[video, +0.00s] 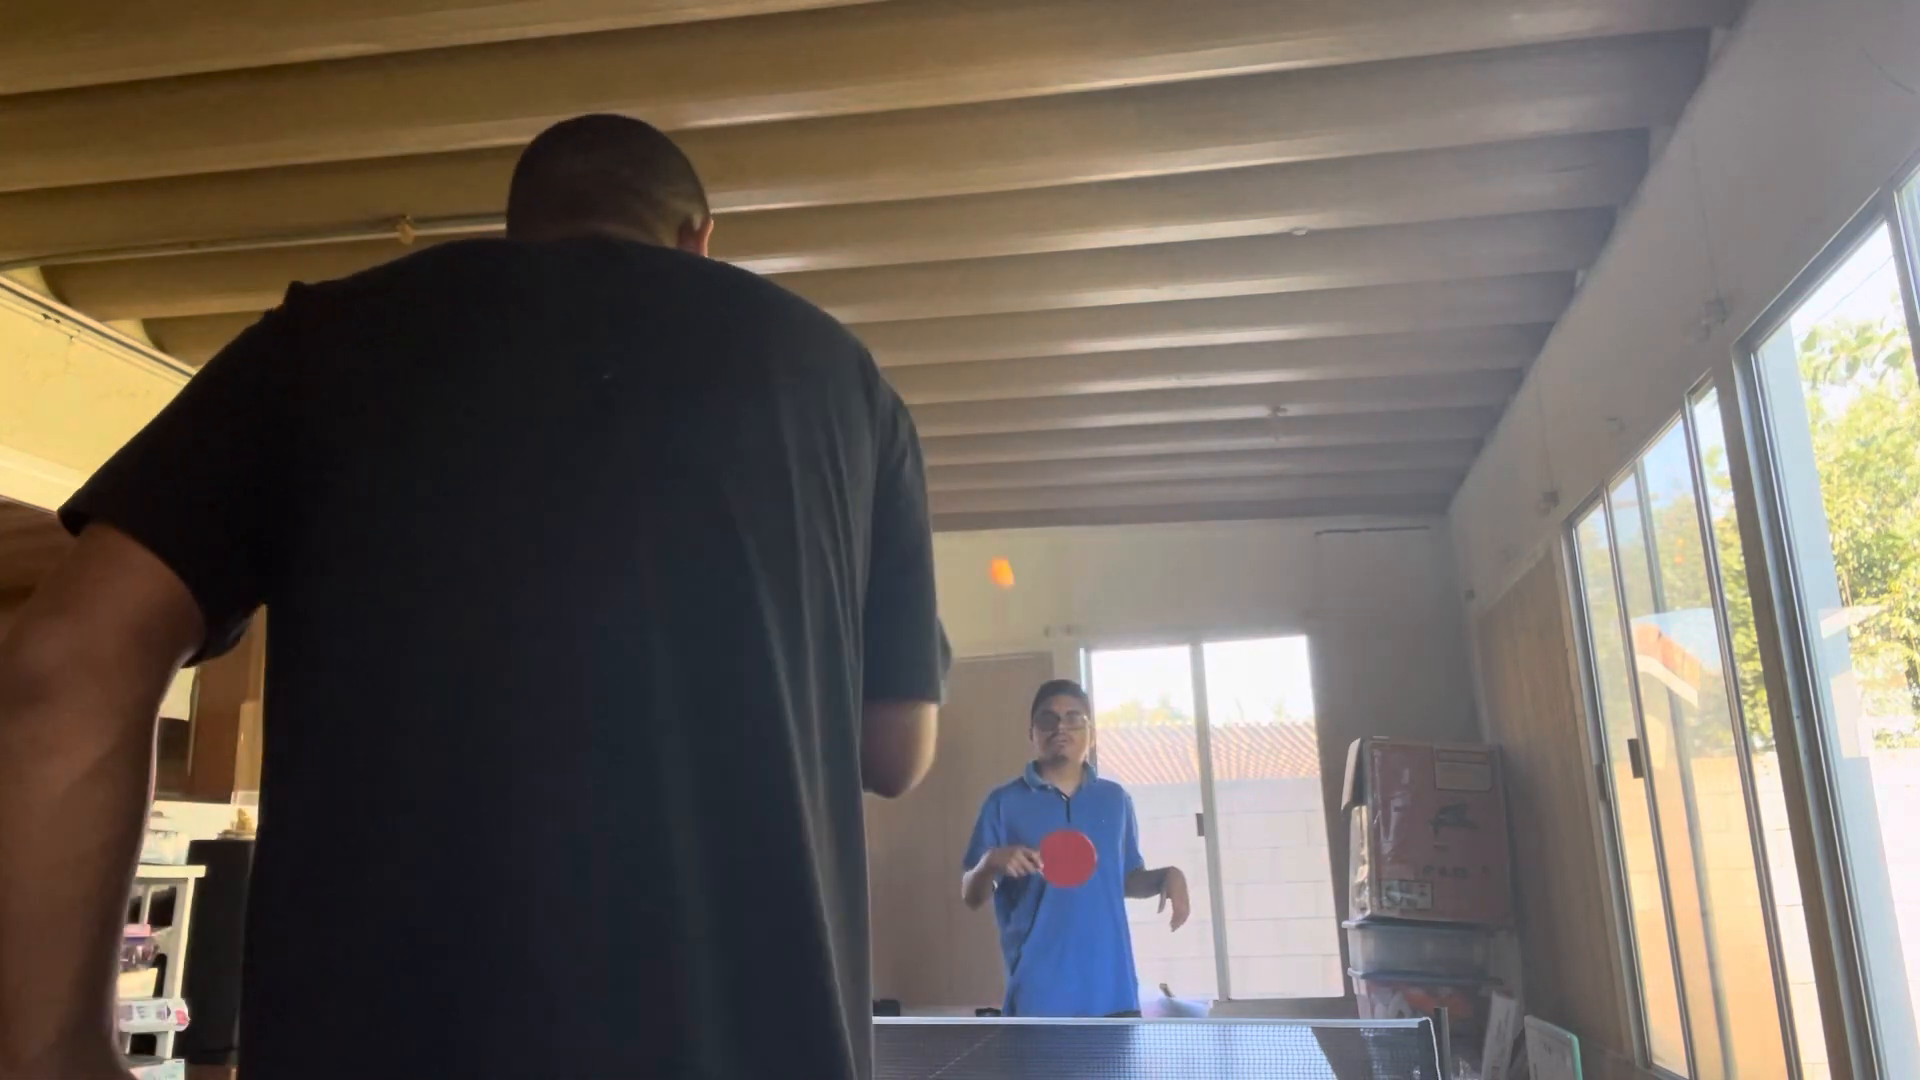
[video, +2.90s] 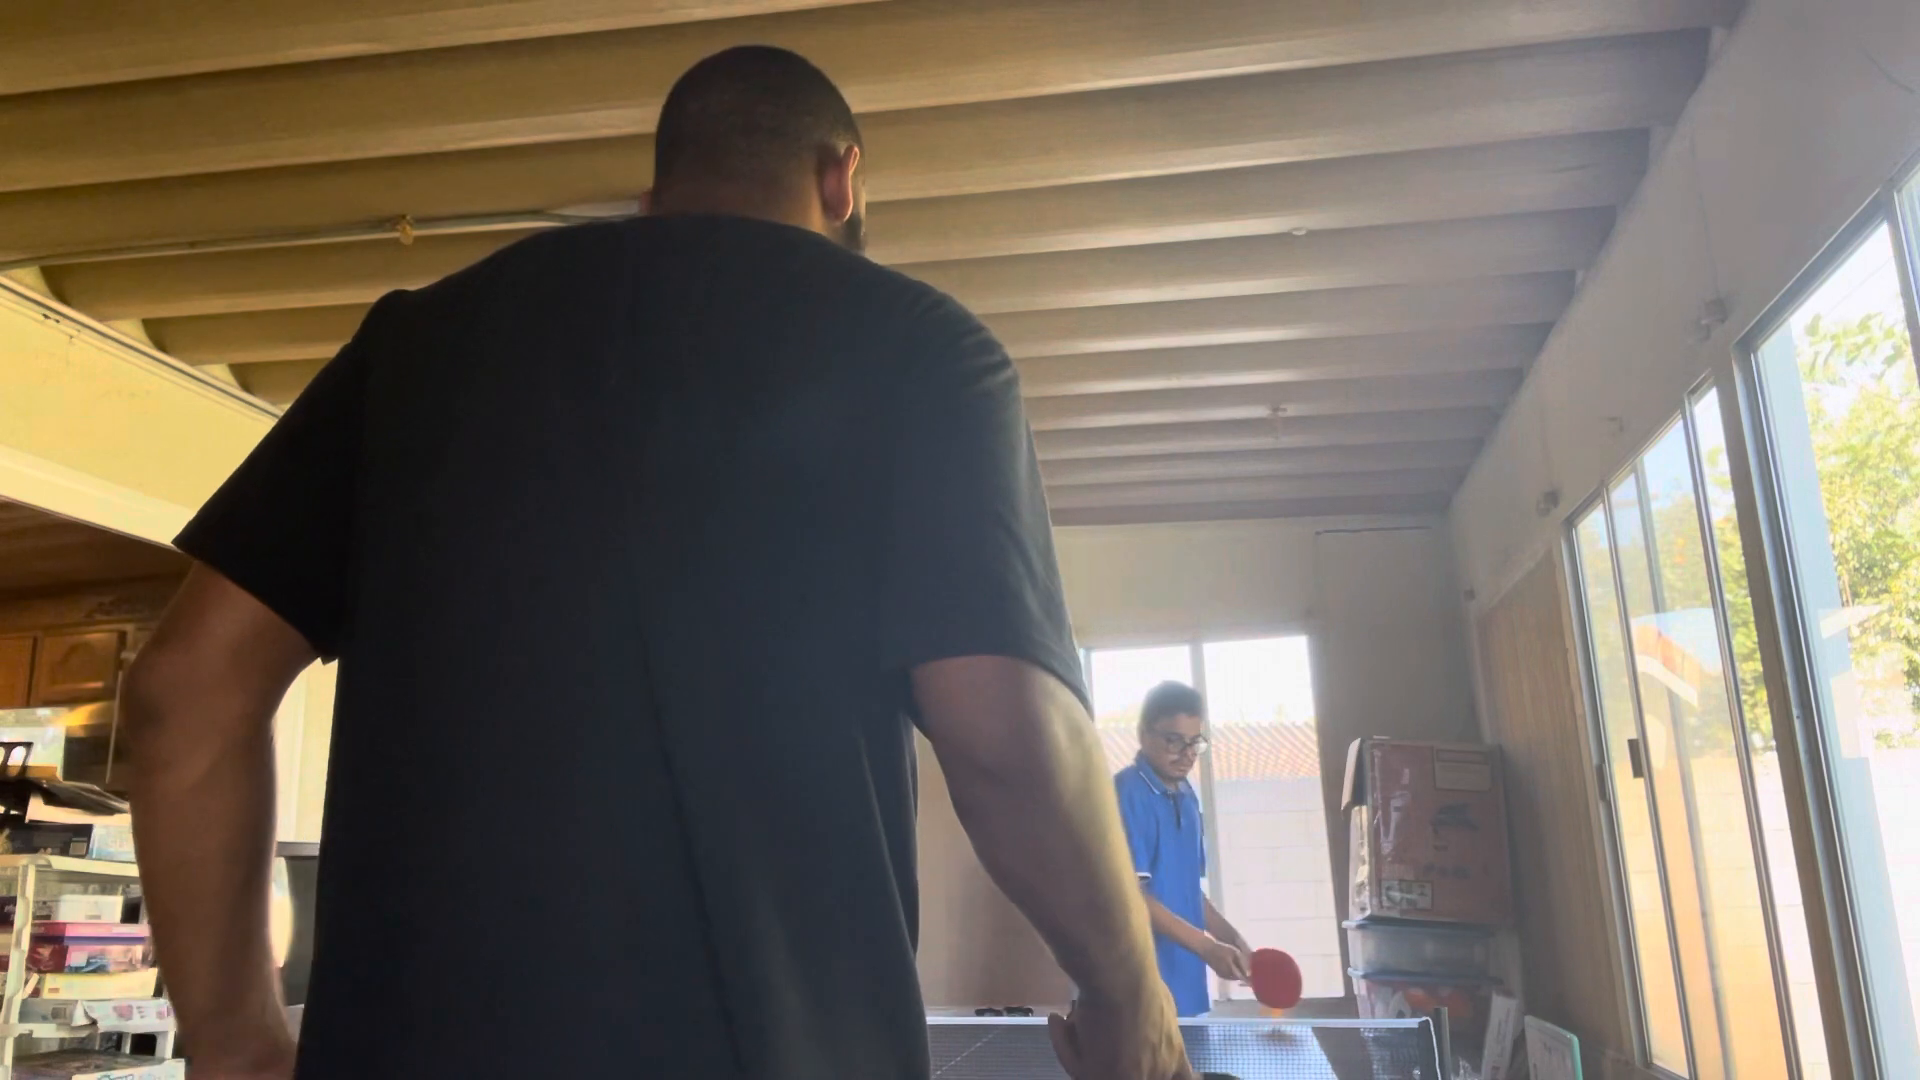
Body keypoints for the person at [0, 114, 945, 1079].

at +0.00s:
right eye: (715, 240)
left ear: (506, 229)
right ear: (698, 238)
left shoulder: (329, 331)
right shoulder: (834, 367)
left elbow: (65, 656)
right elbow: (896, 751)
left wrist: (59, 1046)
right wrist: (730, 670)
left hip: (371, 1032)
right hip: (748, 1039)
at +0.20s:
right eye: (718, 241)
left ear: (515, 223)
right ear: (704, 235)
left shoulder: (327, 345)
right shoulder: (839, 357)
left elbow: (76, 685)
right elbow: (955, 721)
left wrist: (76, 1056)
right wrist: (786, 790)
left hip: (368, 1033)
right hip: (748, 1040)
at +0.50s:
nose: (766, 253)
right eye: (764, 234)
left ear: (554, 217)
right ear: (744, 224)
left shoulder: (359, 351)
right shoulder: (849, 345)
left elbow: (111, 701)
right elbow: (984, 697)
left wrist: (90, 1060)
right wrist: (956, 819)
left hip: (373, 1039)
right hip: (740, 1041)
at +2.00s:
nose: (830, 254)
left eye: (829, 237)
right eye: (831, 231)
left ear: (621, 199)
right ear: (794, 205)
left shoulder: (389, 333)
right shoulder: (870, 342)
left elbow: (145, 677)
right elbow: (982, 695)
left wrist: (130, 1049)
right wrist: (1039, 926)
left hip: (381, 1037)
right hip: (751, 1038)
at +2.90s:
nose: (857, 222)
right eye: (864, 200)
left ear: (657, 175)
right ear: (840, 179)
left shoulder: (423, 330)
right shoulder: (906, 340)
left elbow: (183, 694)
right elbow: (997, 722)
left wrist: (232, 1039)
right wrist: (1126, 999)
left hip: (415, 1043)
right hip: (778, 1043)